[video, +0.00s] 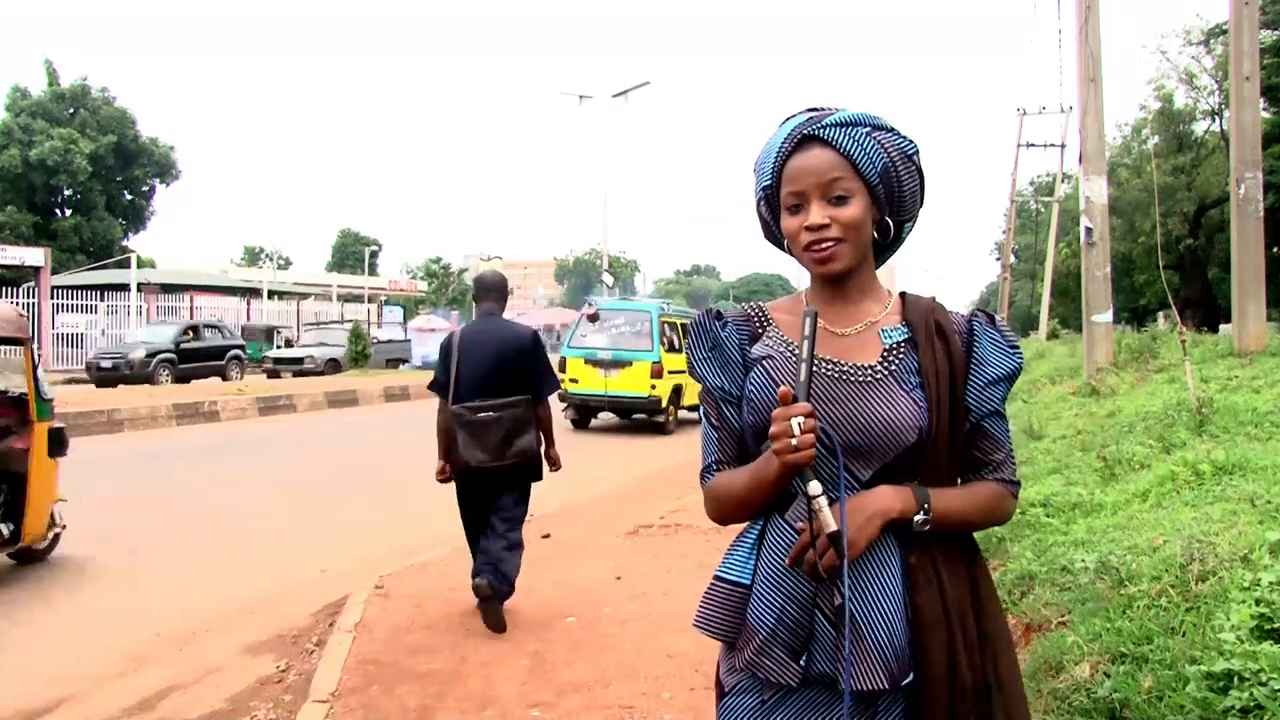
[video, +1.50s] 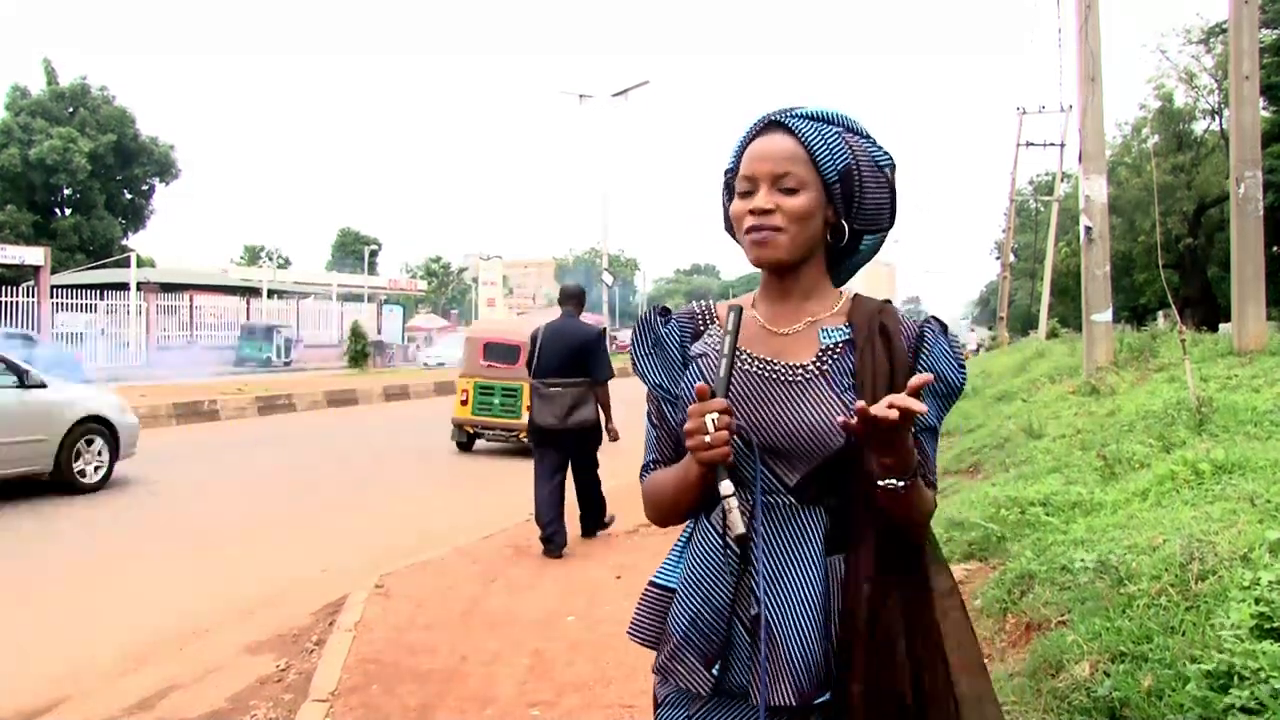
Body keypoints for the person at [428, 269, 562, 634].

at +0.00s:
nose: (496, 302)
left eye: (483, 295)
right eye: (503, 296)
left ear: (474, 298)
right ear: (507, 298)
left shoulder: (454, 342)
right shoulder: (526, 338)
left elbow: (445, 407)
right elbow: (541, 401)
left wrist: (444, 457)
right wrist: (550, 445)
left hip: (468, 451)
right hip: (516, 449)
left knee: (477, 522)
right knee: (508, 520)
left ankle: (489, 593)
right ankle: (488, 578)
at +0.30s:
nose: (519, 303)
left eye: (504, 296)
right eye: (526, 298)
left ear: (497, 297)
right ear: (528, 299)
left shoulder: (475, 334)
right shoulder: (536, 337)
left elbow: (462, 382)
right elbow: (547, 397)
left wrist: (474, 430)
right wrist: (560, 440)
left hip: (481, 445)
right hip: (526, 443)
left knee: (484, 519)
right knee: (537, 511)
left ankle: (487, 595)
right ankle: (543, 573)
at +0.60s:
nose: (549, 302)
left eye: (534, 297)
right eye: (551, 297)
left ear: (524, 298)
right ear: (552, 299)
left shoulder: (502, 335)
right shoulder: (562, 337)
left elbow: (490, 380)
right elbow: (570, 393)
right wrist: (582, 437)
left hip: (512, 435)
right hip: (553, 436)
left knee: (515, 494)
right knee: (555, 503)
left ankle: (502, 543)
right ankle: (547, 568)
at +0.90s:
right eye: (561, 301)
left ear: (536, 303)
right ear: (564, 302)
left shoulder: (520, 338)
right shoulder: (578, 334)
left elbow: (510, 388)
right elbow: (595, 385)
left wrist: (504, 431)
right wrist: (607, 420)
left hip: (532, 430)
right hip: (571, 428)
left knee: (535, 493)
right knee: (563, 495)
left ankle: (546, 552)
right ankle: (545, 566)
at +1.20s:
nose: (562, 303)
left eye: (554, 298)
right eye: (566, 299)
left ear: (543, 300)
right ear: (569, 300)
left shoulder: (526, 334)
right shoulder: (583, 331)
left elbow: (519, 382)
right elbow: (596, 380)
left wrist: (525, 422)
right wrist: (605, 415)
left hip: (538, 422)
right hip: (576, 421)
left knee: (544, 478)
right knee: (578, 473)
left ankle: (552, 542)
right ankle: (565, 520)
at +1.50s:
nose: (577, 308)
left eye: (568, 302)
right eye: (581, 304)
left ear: (559, 303)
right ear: (583, 305)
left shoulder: (539, 334)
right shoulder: (592, 336)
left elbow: (532, 374)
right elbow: (600, 385)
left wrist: (542, 407)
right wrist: (609, 420)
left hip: (545, 422)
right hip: (582, 421)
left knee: (548, 479)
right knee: (586, 473)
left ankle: (552, 542)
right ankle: (592, 522)